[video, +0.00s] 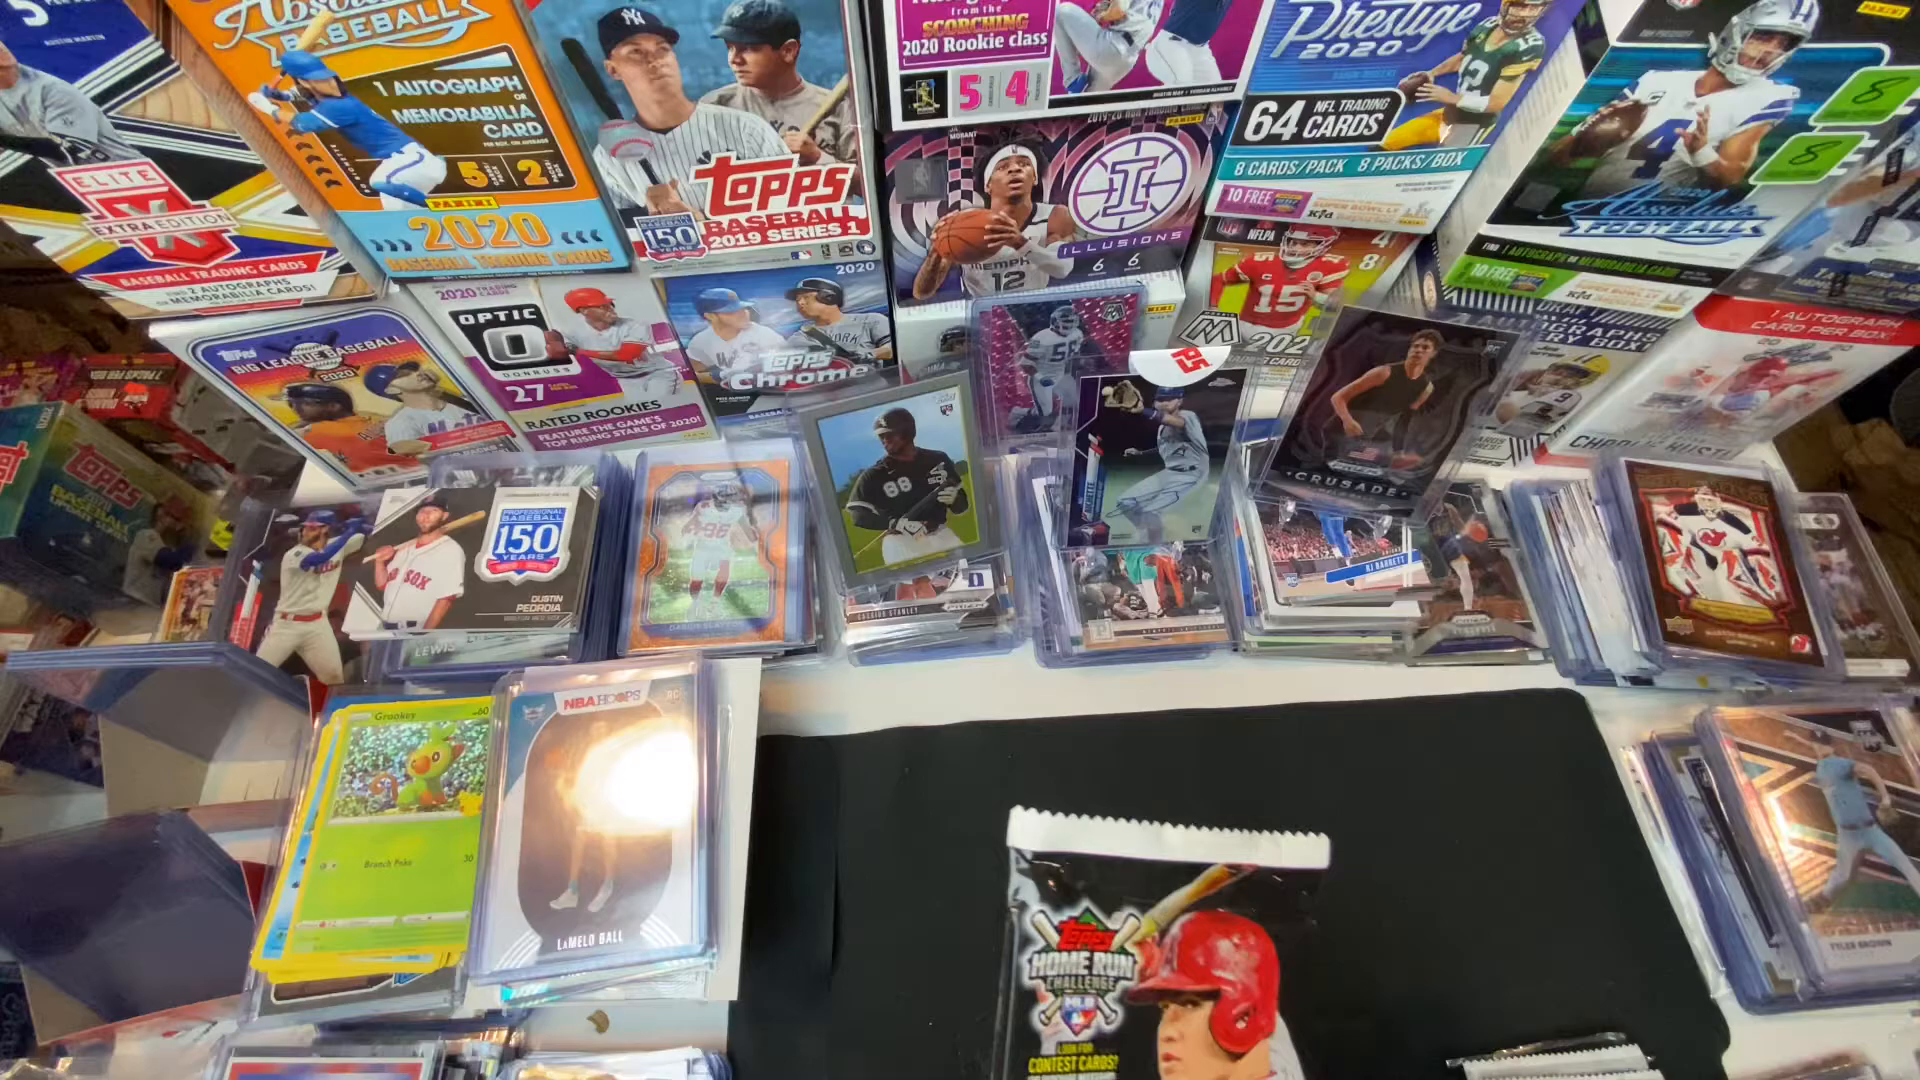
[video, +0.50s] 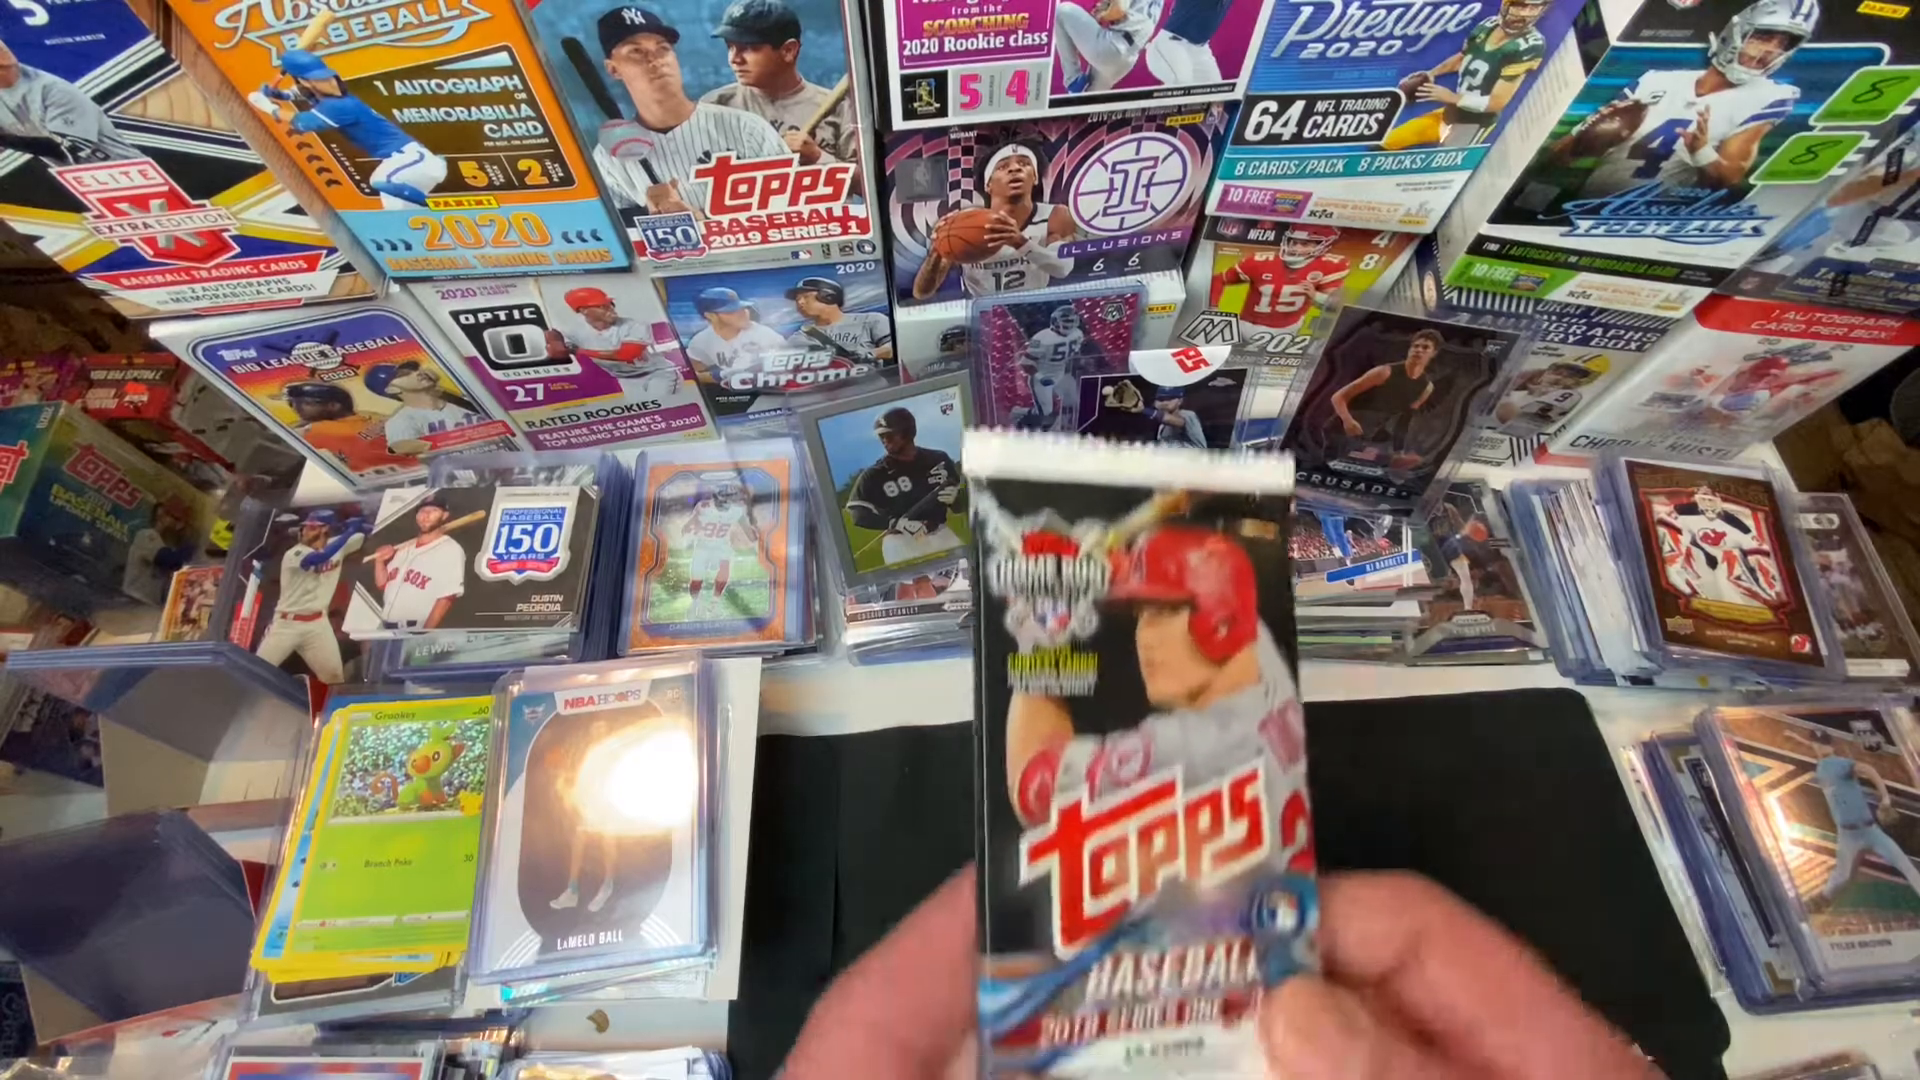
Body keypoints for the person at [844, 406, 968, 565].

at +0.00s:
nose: (885, 442)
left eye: (890, 435)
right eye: (882, 437)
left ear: (907, 433)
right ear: (879, 438)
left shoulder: (938, 460)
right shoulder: (873, 476)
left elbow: (962, 506)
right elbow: (859, 516)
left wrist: (955, 499)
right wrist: (895, 523)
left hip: (940, 536)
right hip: (900, 544)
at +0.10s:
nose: (885, 442)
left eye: (890, 436)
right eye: (882, 438)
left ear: (906, 434)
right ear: (879, 439)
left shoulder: (937, 460)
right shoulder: (872, 477)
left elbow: (961, 506)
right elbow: (859, 516)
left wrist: (955, 499)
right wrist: (894, 523)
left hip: (940, 536)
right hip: (900, 544)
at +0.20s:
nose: (886, 442)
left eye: (890, 435)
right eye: (882, 437)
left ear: (906, 433)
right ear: (880, 438)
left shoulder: (938, 460)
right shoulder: (873, 476)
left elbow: (962, 506)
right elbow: (859, 516)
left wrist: (955, 498)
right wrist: (895, 523)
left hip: (940, 536)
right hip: (900, 544)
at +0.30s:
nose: (886, 442)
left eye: (890, 436)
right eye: (882, 438)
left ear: (907, 434)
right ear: (879, 439)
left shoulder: (937, 460)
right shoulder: (873, 476)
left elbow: (962, 506)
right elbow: (859, 516)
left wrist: (955, 499)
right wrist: (895, 523)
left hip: (940, 536)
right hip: (900, 545)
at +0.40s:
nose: (886, 442)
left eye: (890, 435)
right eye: (882, 437)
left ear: (907, 433)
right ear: (879, 438)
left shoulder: (937, 460)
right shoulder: (873, 476)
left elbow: (961, 506)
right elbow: (859, 517)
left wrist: (955, 498)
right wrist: (896, 523)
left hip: (940, 536)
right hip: (900, 544)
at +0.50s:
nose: (886, 441)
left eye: (890, 435)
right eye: (882, 437)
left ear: (907, 433)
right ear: (879, 438)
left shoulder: (938, 459)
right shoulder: (873, 475)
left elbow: (960, 506)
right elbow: (859, 516)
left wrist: (955, 498)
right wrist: (895, 523)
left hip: (940, 535)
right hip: (899, 543)